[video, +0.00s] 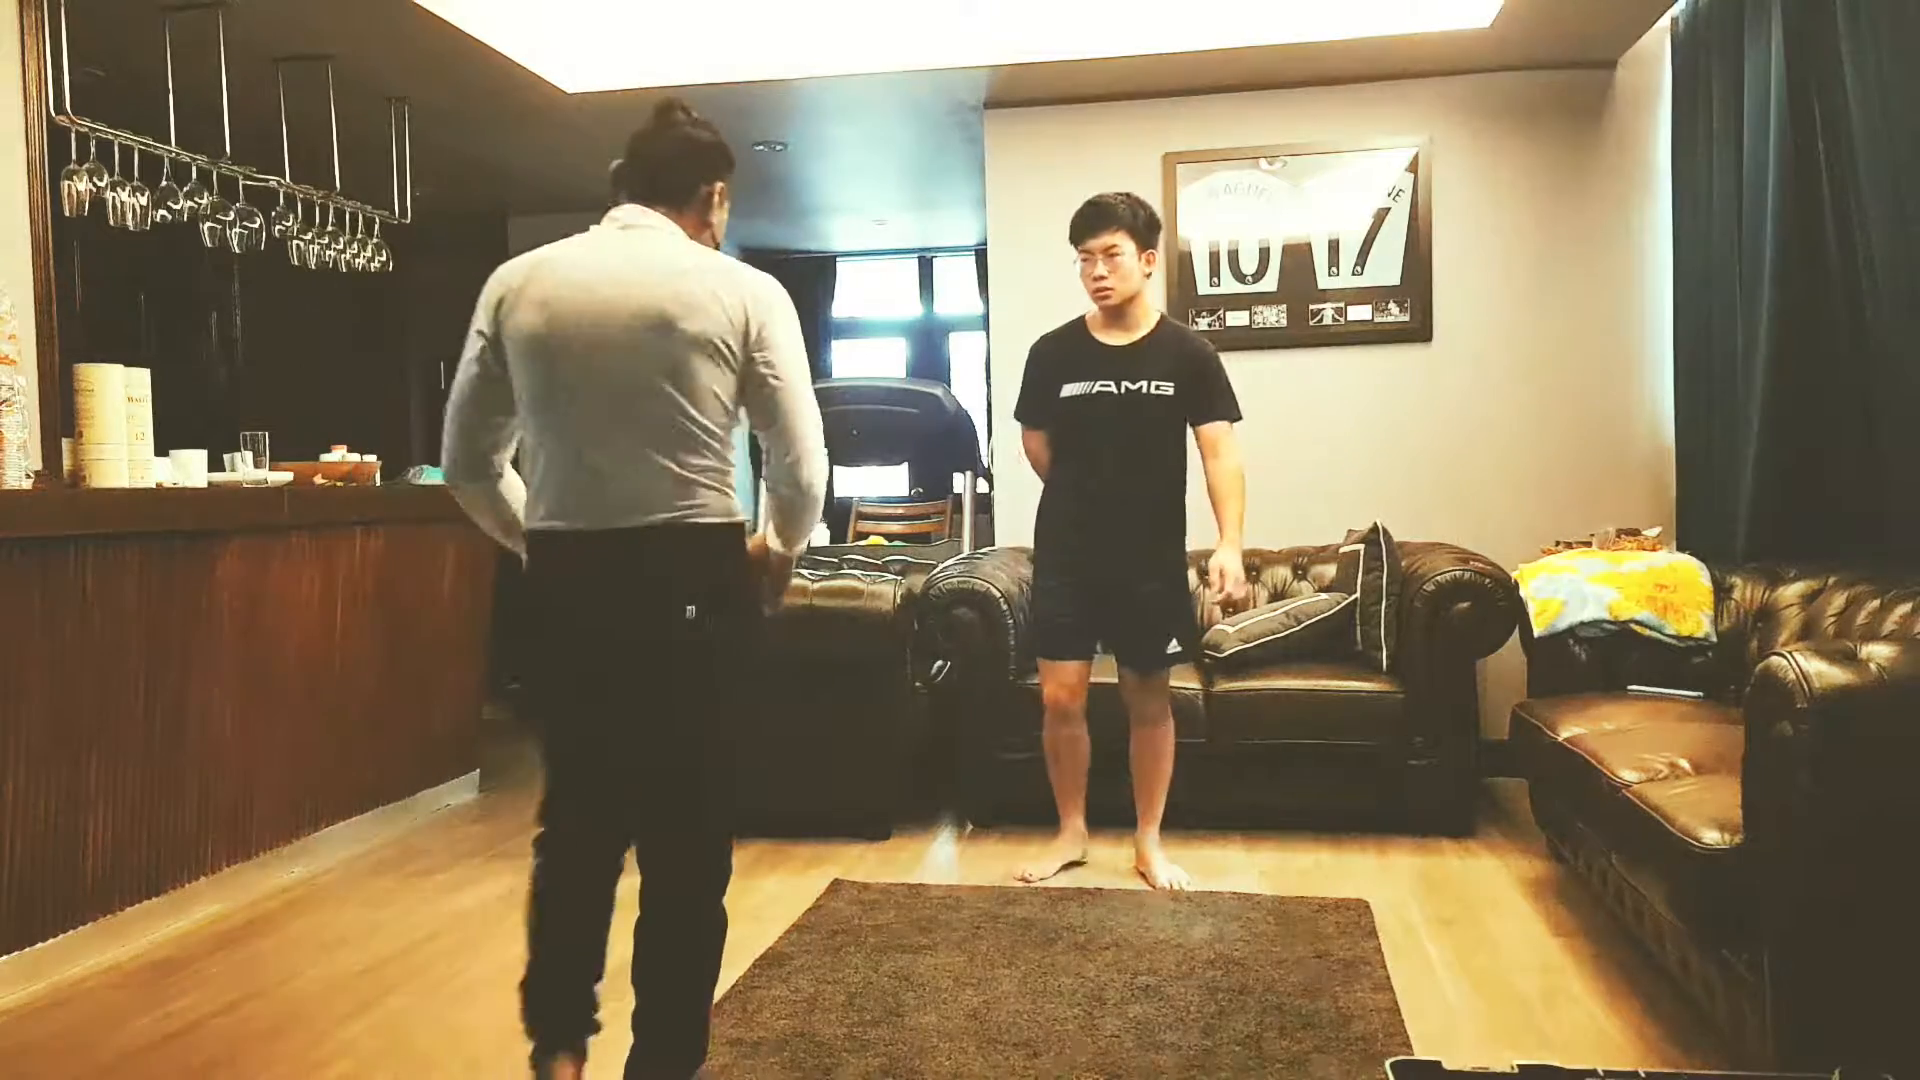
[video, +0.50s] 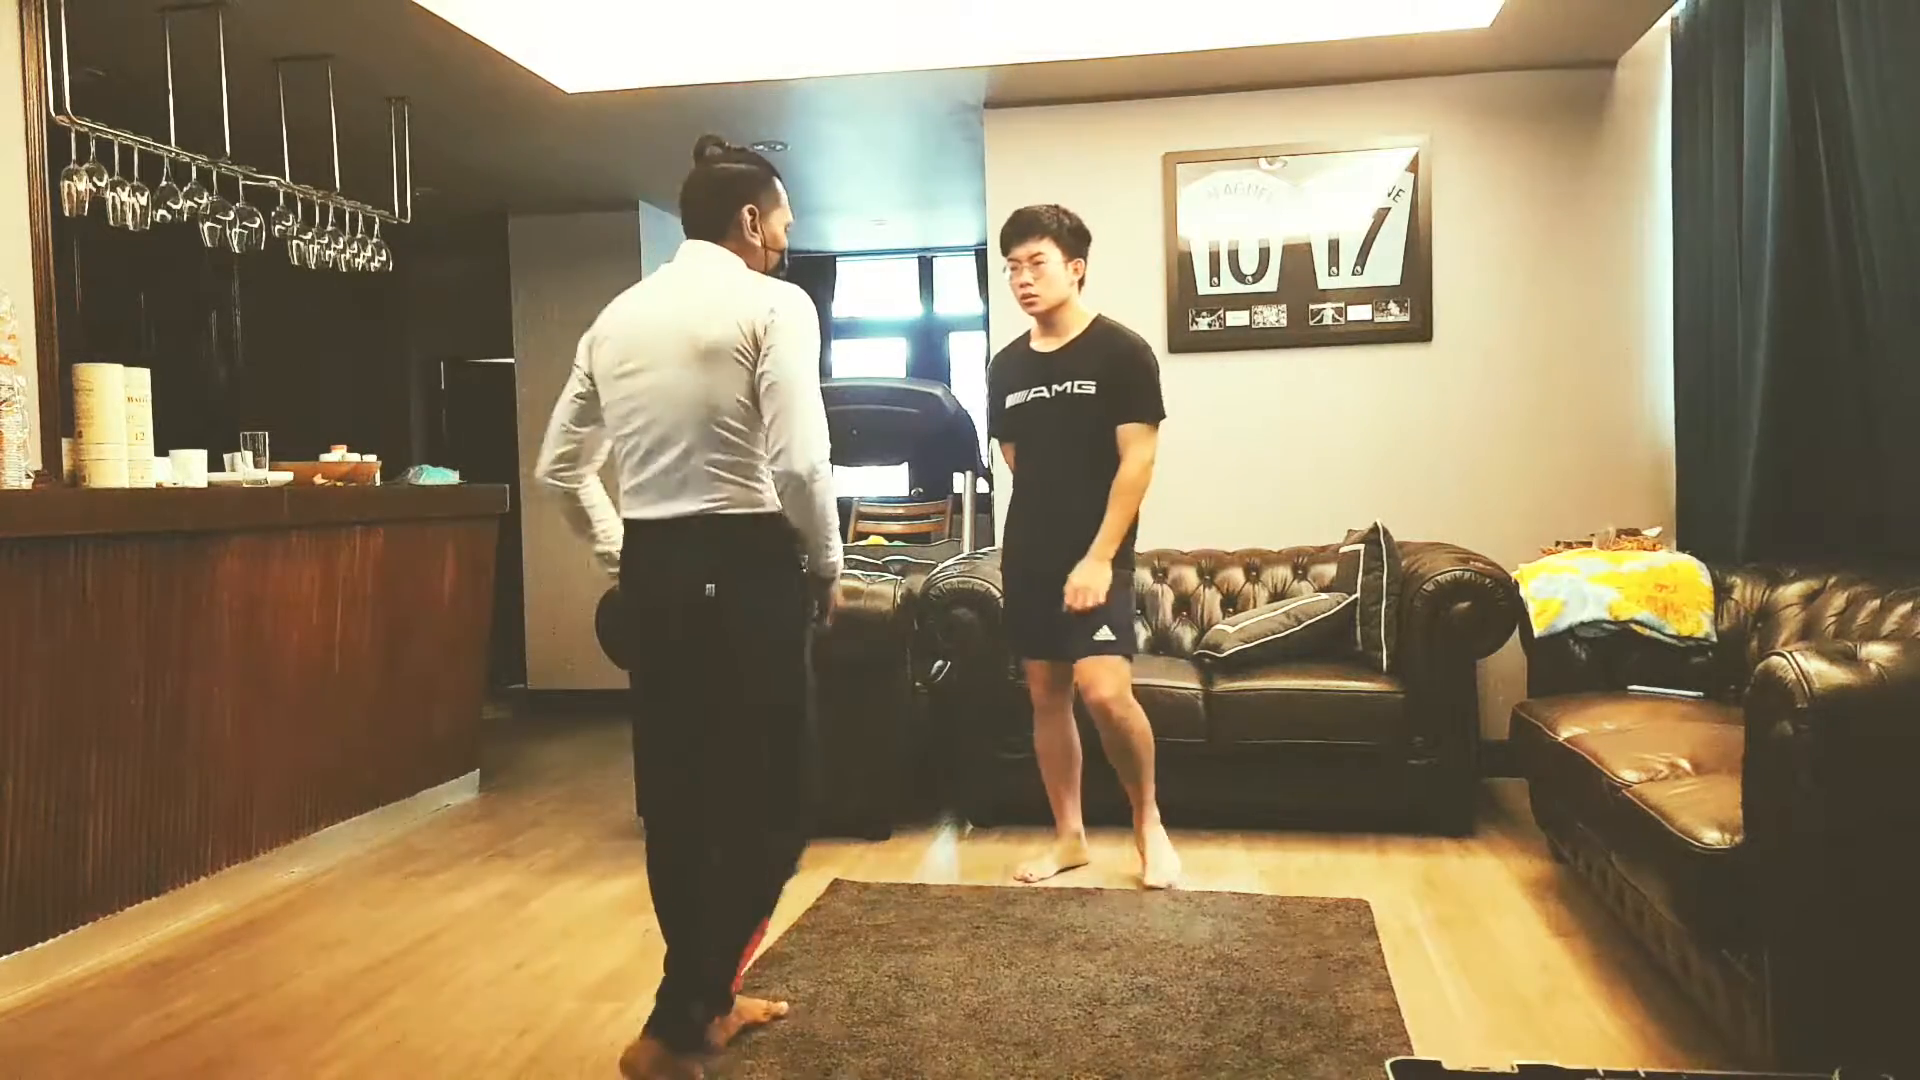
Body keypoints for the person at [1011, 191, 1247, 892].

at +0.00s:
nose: (1096, 271)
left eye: (1111, 255)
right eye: (1086, 258)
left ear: (1149, 259)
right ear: (1076, 265)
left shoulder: (1187, 355)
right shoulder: (1052, 353)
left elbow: (1220, 452)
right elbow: (1037, 446)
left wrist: (1229, 543)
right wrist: (1085, 490)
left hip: (1149, 555)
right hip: (1067, 555)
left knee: (1149, 704)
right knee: (1061, 698)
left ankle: (1148, 841)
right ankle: (1071, 835)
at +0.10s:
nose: (1083, 269)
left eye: (1098, 254)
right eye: (1073, 257)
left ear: (1137, 259)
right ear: (1064, 266)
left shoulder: (1178, 354)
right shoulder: (1044, 355)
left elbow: (1207, 457)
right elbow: (1036, 450)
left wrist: (1211, 552)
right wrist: (1089, 488)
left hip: (1143, 554)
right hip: (1062, 554)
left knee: (1146, 704)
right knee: (1059, 697)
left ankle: (1148, 843)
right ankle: (1072, 836)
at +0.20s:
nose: (1067, 269)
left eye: (1082, 254)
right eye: (1058, 258)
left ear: (1122, 259)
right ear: (1051, 268)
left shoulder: (1165, 353)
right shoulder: (1035, 356)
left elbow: (1187, 459)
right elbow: (1032, 451)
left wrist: (1184, 558)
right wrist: (1087, 489)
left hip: (1133, 553)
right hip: (1055, 553)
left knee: (1138, 698)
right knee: (1053, 693)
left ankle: (1148, 843)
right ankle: (1070, 838)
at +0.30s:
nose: (1050, 271)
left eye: (1064, 255)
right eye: (1041, 260)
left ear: (1105, 259)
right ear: (1036, 270)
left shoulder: (1149, 352)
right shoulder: (1025, 359)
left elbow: (1167, 463)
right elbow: (1028, 454)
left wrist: (1152, 562)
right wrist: (1086, 487)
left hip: (1122, 551)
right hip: (1047, 552)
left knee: (1130, 702)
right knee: (1051, 693)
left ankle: (1147, 844)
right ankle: (1071, 842)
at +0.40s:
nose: (1035, 274)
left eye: (1049, 259)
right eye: (1026, 263)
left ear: (1090, 262)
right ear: (1022, 272)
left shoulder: (1135, 352)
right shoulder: (1015, 363)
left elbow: (1149, 464)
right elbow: (1022, 457)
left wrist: (1121, 561)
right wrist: (1073, 496)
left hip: (1108, 548)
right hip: (1038, 548)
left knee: (1118, 700)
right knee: (1048, 692)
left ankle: (1149, 842)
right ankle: (1070, 843)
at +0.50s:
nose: (1022, 277)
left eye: (1037, 263)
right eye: (1014, 266)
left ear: (1077, 267)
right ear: (1008, 274)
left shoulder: (1122, 351)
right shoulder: (1006, 365)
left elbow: (1138, 463)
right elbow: (1017, 462)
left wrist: (1100, 557)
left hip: (1100, 545)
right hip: (1030, 549)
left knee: (1103, 691)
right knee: (1047, 691)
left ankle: (1148, 824)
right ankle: (1070, 839)